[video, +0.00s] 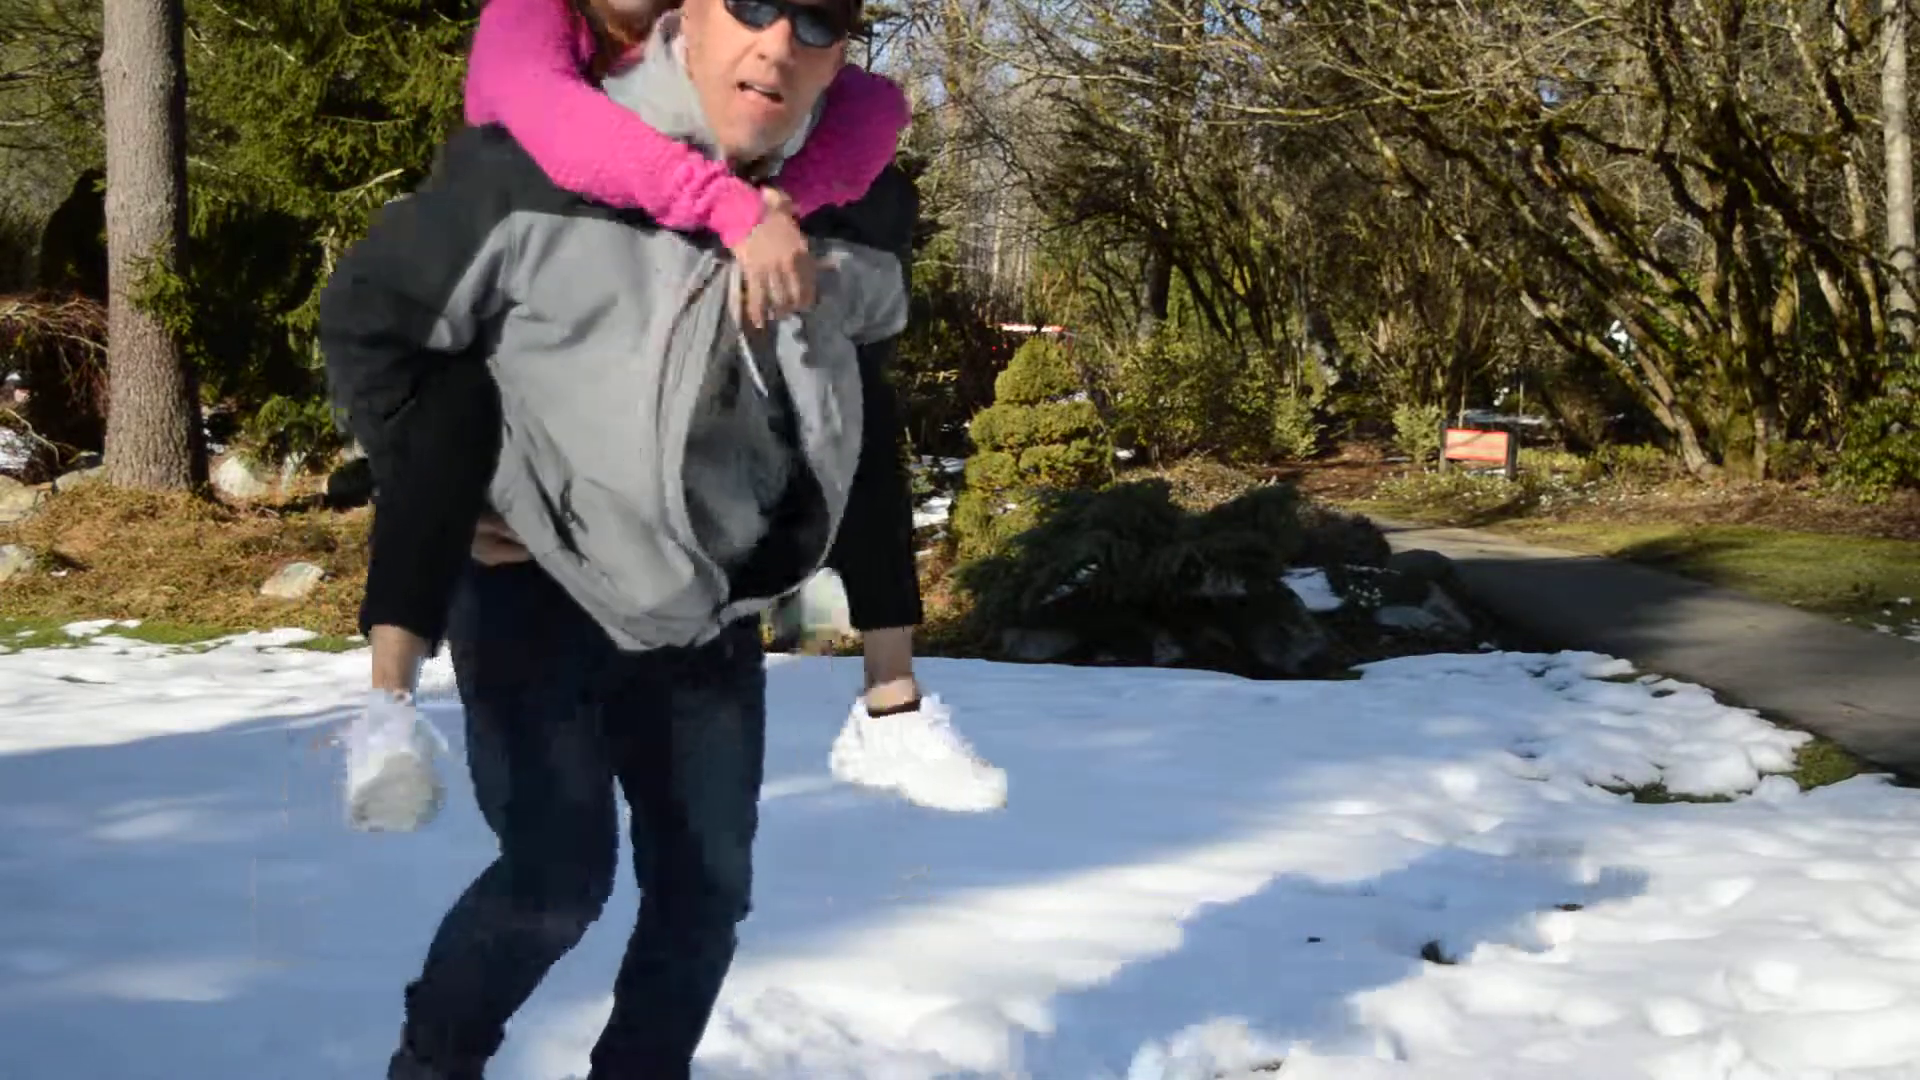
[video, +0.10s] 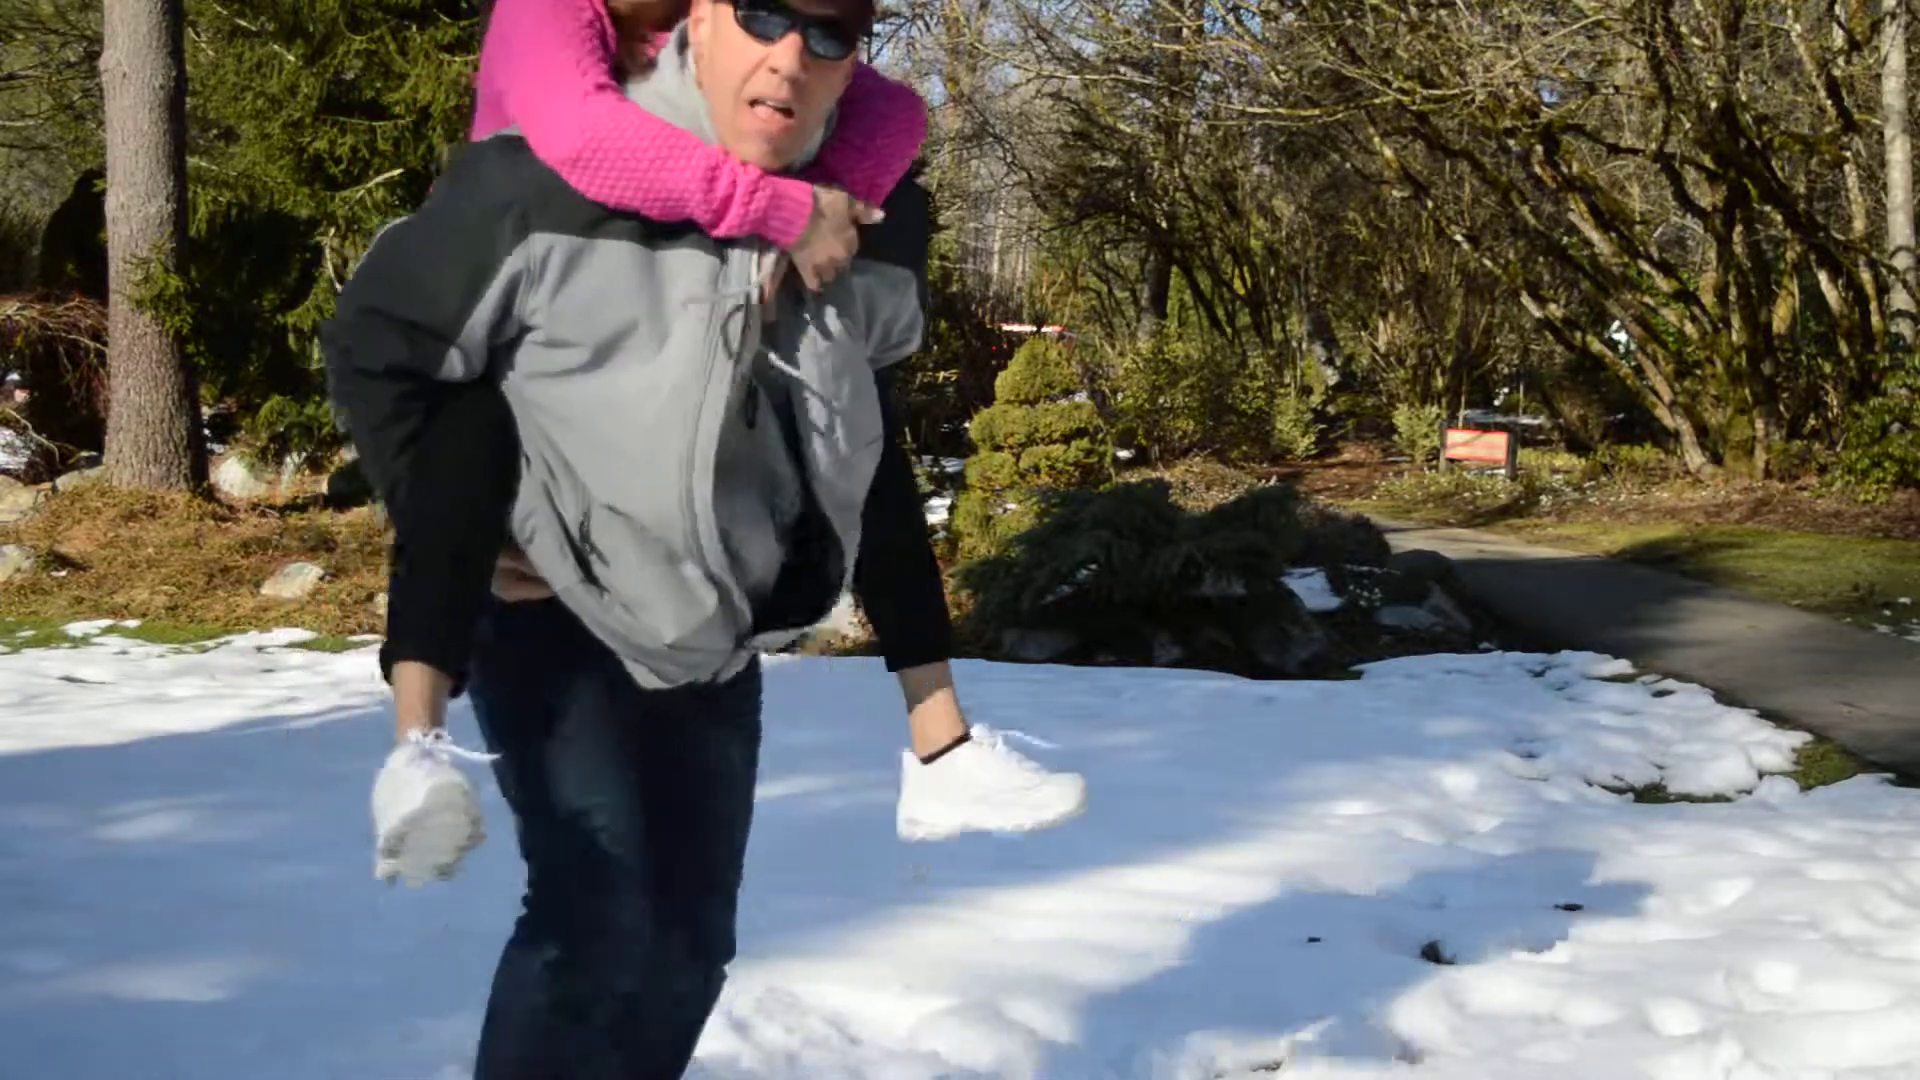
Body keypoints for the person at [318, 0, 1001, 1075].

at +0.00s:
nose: (779, 50)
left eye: (817, 28)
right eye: (752, 12)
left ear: (847, 55)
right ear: (685, 17)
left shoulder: (859, 193)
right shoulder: (521, 166)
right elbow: (365, 315)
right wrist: (455, 503)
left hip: (711, 605)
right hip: (534, 590)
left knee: (703, 902)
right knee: (554, 882)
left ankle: (636, 1075)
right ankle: (432, 1060)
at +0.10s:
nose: (789, 64)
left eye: (829, 40)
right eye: (761, 23)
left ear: (857, 64)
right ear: (693, 21)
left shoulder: (867, 209)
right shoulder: (533, 192)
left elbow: (868, 400)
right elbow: (371, 344)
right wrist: (473, 537)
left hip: (716, 636)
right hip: (552, 616)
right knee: (596, 928)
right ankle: (415, 744)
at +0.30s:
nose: (847, 94)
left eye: (888, 70)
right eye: (817, 47)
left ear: (915, 106)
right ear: (748, 54)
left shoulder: (918, 266)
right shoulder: (583, 226)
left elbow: (920, 441)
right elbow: (381, 375)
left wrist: (855, 602)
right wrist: (469, 588)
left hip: (756, 708)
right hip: (577, 692)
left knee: (715, 1004)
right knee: (643, 1017)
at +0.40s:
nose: (883, 37)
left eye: (927, 16)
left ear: (959, 50)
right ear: (788, 7)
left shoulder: (961, 208)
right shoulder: (630, 172)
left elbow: (942, 404)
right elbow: (417, 302)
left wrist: (891, 578)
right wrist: (514, 524)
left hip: (789, 656)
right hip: (610, 642)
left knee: (803, 967)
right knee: (624, 994)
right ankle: (501, 802)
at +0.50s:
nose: (927, 6)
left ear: (1003, 7)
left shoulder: (1009, 150)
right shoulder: (673, 107)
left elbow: (976, 374)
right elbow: (472, 256)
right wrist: (561, 489)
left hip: (841, 610)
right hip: (647, 601)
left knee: (924, 903)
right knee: (635, 962)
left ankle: (737, 1075)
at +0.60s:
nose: (984, 25)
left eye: (1004, 16)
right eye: (961, 10)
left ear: (1017, 20)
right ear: (885, 3)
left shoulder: (1024, 121)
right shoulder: (697, 80)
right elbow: (503, 255)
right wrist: (624, 501)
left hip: (876, 605)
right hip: (682, 603)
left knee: (956, 964)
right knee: (770, 984)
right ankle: (715, 742)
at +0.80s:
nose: (1053, 30)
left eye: (1098, 8)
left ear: (1132, 45)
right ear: (937, 6)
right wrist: (697, 665)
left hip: (952, 752)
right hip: (751, 738)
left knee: (1049, 1052)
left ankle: (1166, 899)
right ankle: (772, 967)